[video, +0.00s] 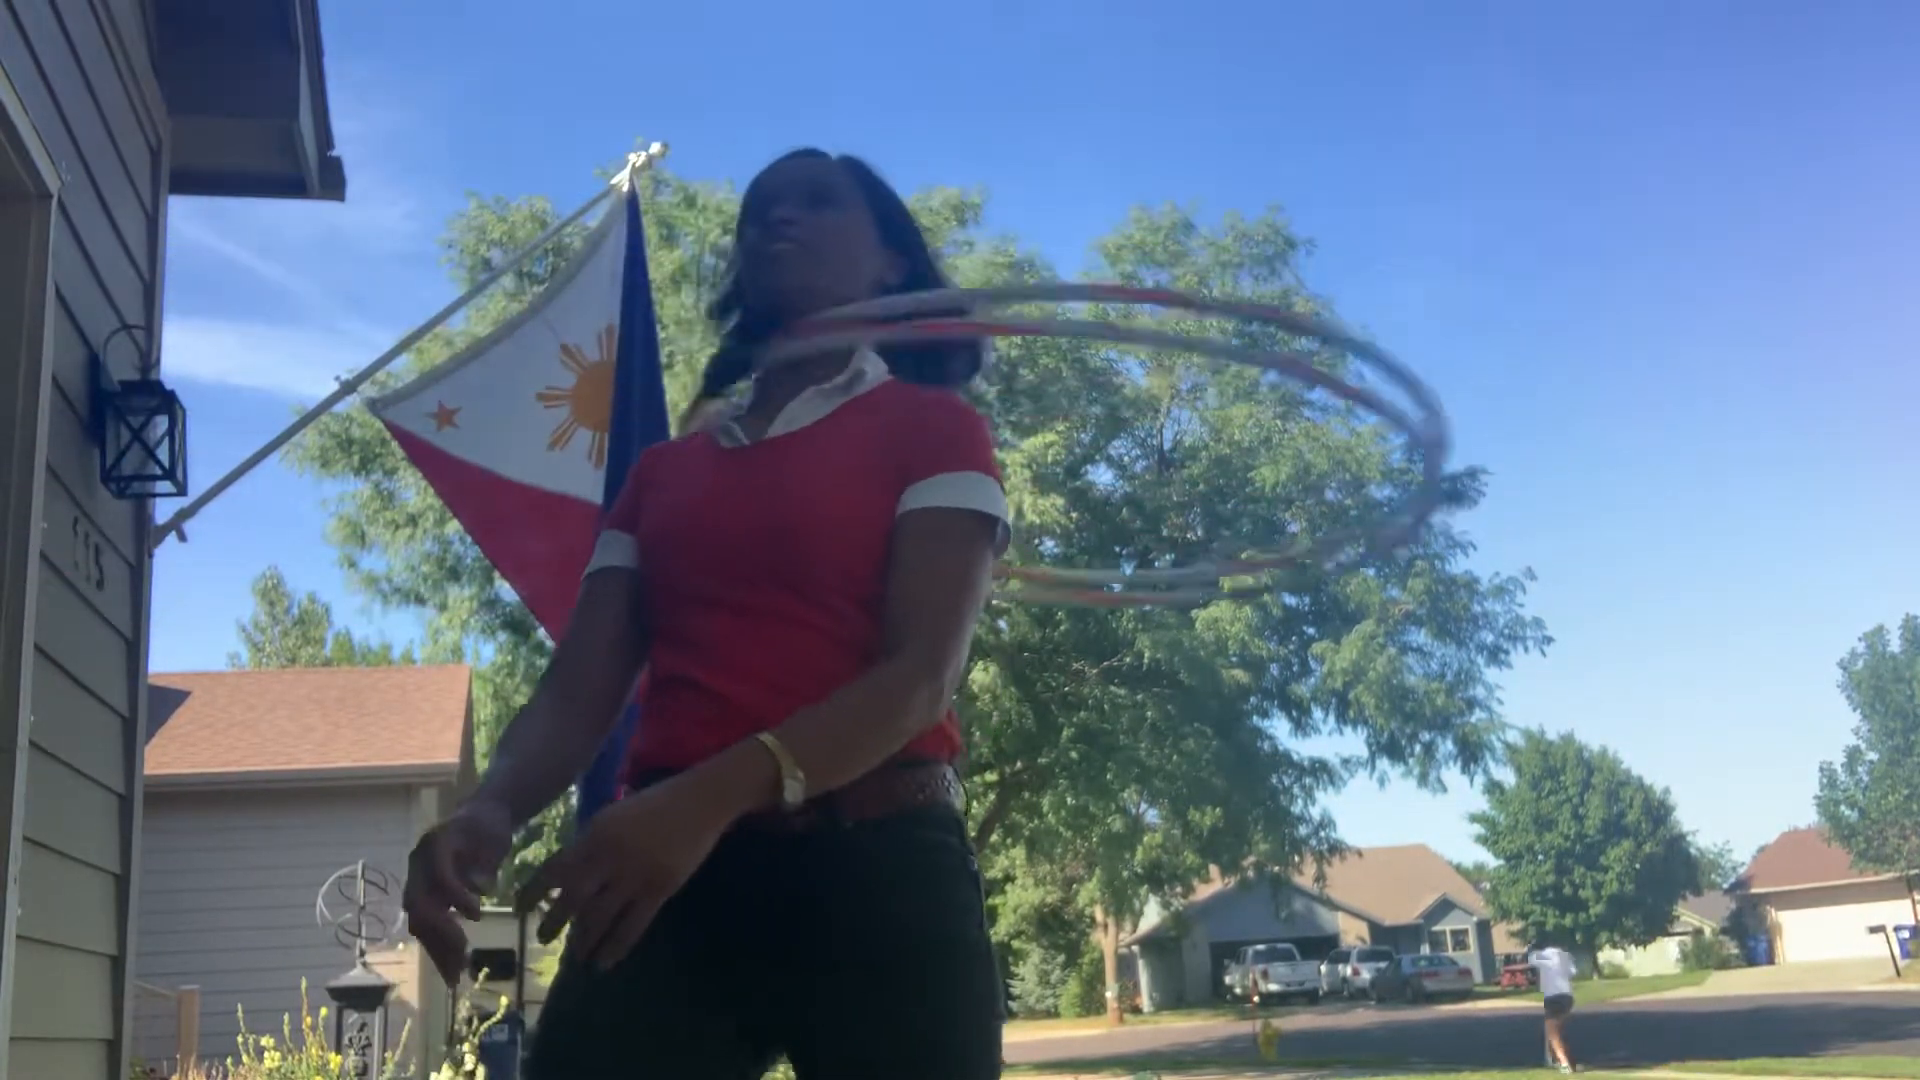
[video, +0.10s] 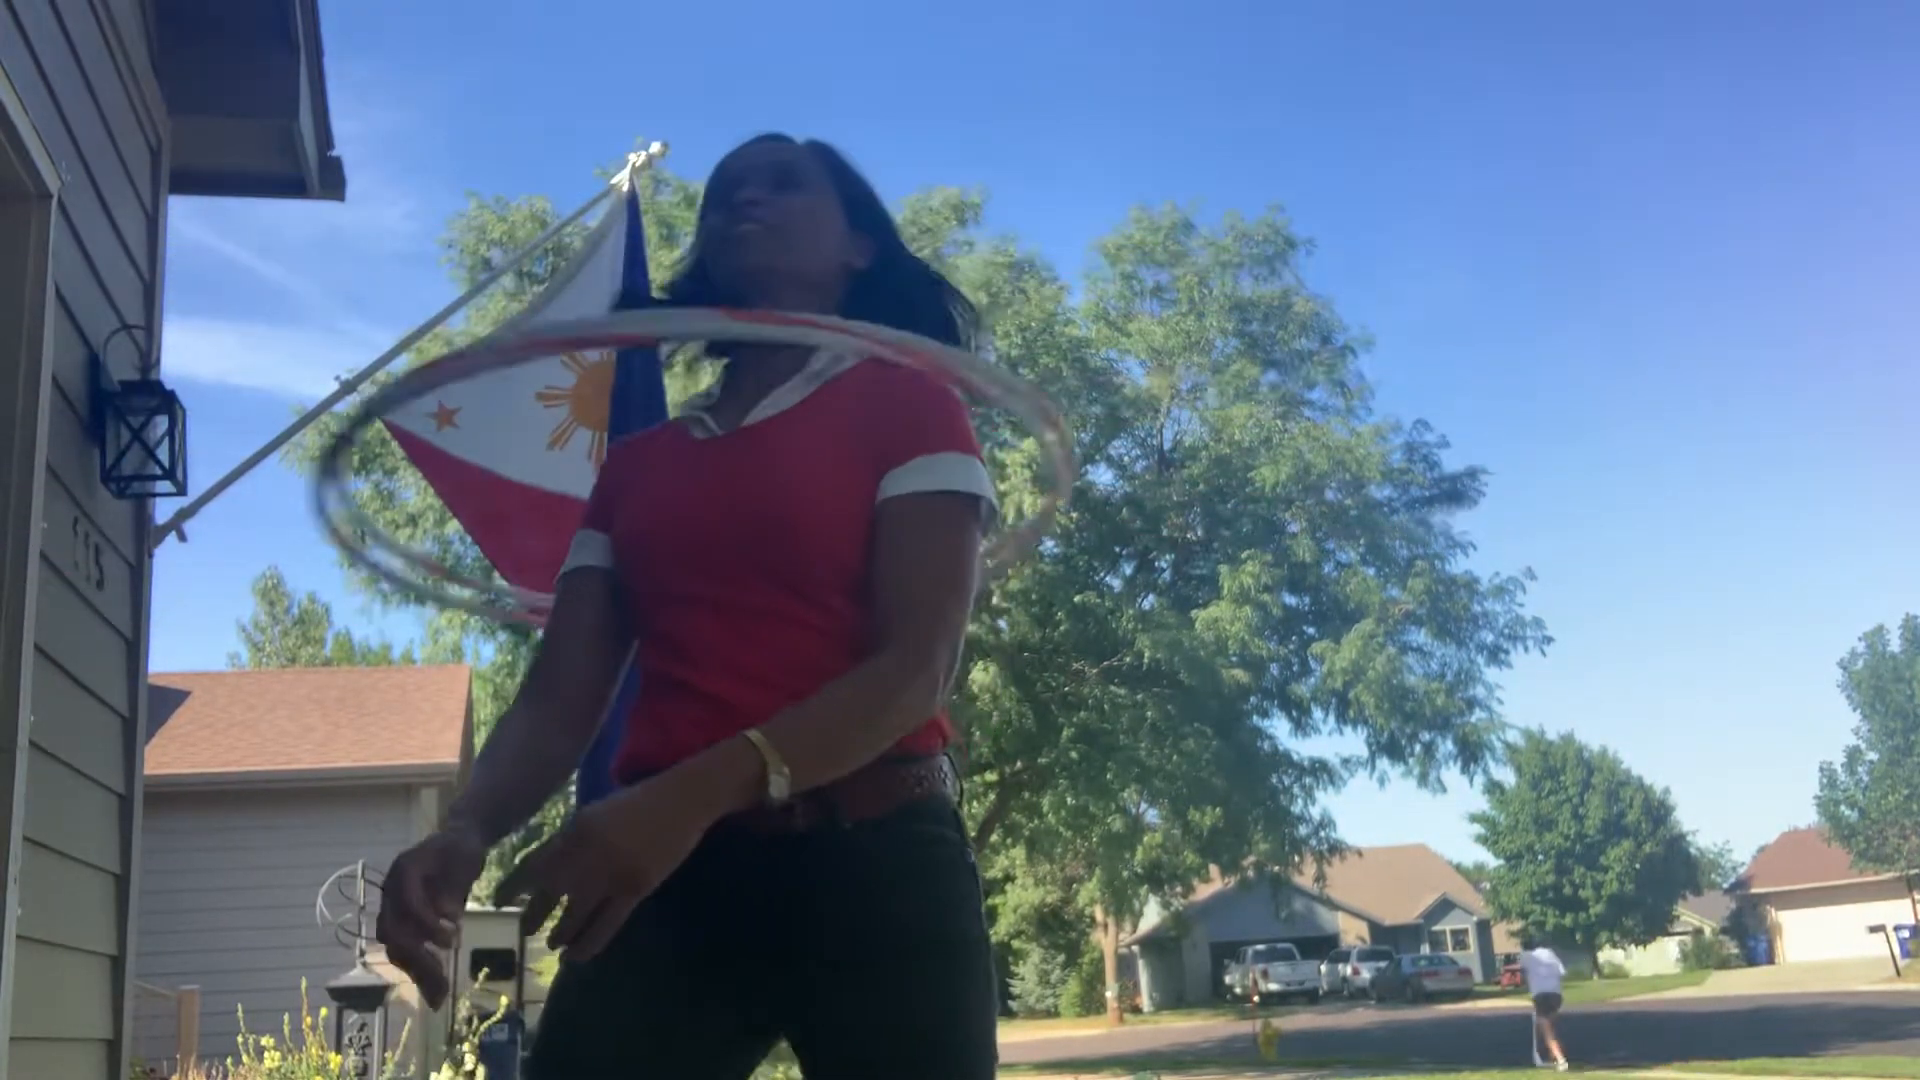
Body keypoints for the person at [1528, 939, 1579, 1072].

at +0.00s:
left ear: (1543, 947)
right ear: (1555, 945)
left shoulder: (1545, 957)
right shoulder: (1565, 956)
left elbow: (1531, 960)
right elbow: (1573, 971)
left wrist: (1531, 949)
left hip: (1552, 995)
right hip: (1567, 994)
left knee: (1553, 1032)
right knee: (1555, 1030)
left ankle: (1565, 1064)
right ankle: (1557, 1060)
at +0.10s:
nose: (1524, 951)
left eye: (1524, 948)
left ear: (1526, 946)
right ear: (1539, 944)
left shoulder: (1527, 956)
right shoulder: (1549, 953)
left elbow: (1521, 967)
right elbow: (1562, 971)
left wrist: (1505, 969)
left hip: (1540, 993)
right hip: (1556, 993)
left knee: (1547, 1029)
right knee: (1546, 1025)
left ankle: (1560, 1059)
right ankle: (1552, 1058)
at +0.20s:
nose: (1515, 949)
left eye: (1514, 946)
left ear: (1515, 946)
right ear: (1528, 944)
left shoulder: (1514, 956)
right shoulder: (1539, 954)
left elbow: (1507, 978)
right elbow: (1551, 973)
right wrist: (1540, 978)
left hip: (1528, 991)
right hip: (1543, 990)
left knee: (1537, 1024)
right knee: (1535, 1023)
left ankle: (1555, 1054)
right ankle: (1542, 1055)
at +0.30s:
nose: (1506, 949)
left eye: (1507, 947)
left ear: (1507, 946)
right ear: (1521, 946)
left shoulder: (1507, 957)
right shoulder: (1530, 957)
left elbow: (1502, 972)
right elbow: (1541, 975)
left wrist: (1503, 982)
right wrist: (1529, 977)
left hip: (1517, 991)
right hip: (1532, 990)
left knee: (1525, 1024)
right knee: (1526, 1024)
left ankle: (1540, 1046)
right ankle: (1532, 1056)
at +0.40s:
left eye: (1496, 948)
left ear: (1497, 948)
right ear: (1511, 947)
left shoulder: (1494, 957)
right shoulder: (1518, 958)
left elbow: (1491, 973)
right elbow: (1532, 975)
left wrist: (1493, 978)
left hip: (1505, 990)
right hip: (1521, 990)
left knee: (1512, 1020)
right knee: (1512, 1021)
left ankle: (1527, 1041)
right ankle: (1522, 1054)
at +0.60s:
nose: (1478, 952)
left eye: (1477, 950)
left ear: (1479, 949)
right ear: (1492, 948)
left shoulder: (1477, 959)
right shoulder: (1499, 959)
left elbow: (1471, 973)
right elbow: (1509, 974)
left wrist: (1474, 984)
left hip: (1485, 991)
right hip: (1500, 991)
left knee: (1483, 1026)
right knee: (1497, 1023)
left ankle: (1491, 1055)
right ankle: (1501, 1055)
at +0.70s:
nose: (1465, 953)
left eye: (1465, 950)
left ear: (1466, 950)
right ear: (1480, 948)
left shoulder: (1465, 959)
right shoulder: (1486, 959)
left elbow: (1458, 974)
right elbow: (1498, 977)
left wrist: (1462, 982)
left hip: (1476, 992)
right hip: (1490, 992)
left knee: (1474, 1024)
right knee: (1485, 1024)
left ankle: (1470, 1055)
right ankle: (1489, 1055)